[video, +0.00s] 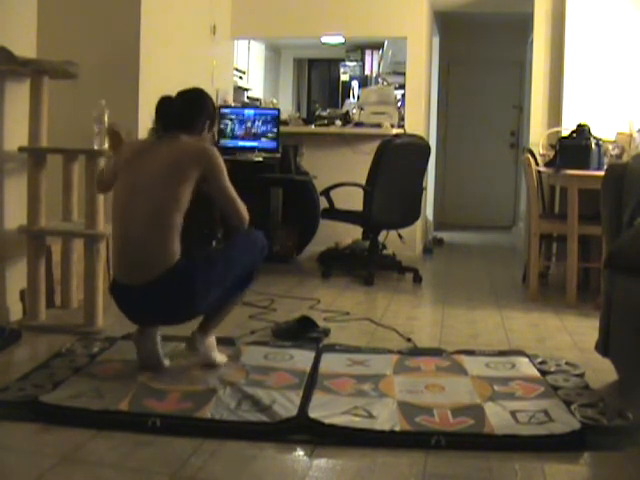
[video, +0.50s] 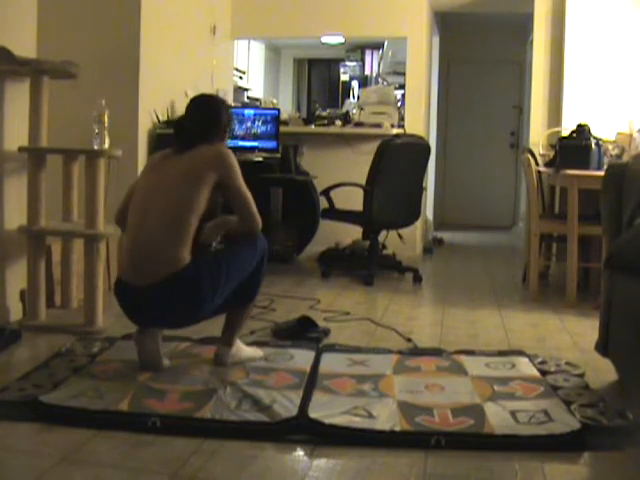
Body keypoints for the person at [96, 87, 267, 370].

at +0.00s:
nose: (212, 138)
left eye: (214, 133)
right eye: (213, 132)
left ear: (167, 122)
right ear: (205, 128)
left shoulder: (132, 150)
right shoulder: (201, 153)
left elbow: (102, 184)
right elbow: (240, 219)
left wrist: (116, 152)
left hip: (127, 301)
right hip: (172, 299)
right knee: (255, 243)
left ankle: (147, 332)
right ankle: (204, 334)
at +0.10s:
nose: (213, 138)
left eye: (215, 133)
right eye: (215, 132)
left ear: (168, 123)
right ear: (209, 130)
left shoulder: (135, 153)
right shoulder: (204, 154)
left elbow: (102, 192)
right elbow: (242, 218)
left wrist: (129, 163)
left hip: (127, 303)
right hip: (173, 300)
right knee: (250, 240)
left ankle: (147, 339)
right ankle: (227, 343)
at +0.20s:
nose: (218, 138)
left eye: (219, 132)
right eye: (219, 132)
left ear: (175, 122)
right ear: (212, 131)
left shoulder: (141, 155)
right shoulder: (209, 158)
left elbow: (106, 195)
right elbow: (239, 226)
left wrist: (143, 201)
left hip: (127, 302)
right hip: (172, 301)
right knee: (250, 244)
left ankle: (147, 337)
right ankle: (228, 344)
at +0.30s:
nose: (222, 134)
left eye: (222, 127)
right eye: (222, 127)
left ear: (180, 120)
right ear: (216, 128)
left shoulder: (148, 154)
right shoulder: (213, 158)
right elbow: (240, 229)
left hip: (129, 302)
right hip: (173, 301)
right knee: (254, 244)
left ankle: (148, 334)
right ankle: (229, 344)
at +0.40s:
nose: (225, 133)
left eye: (225, 126)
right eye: (225, 126)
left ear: (183, 121)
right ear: (219, 127)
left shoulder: (154, 156)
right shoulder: (216, 155)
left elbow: (118, 209)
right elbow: (248, 226)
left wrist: (151, 233)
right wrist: (219, 221)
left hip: (131, 302)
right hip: (176, 301)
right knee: (256, 245)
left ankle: (147, 334)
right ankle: (229, 344)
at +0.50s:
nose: (228, 136)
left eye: (228, 129)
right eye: (228, 129)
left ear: (185, 125)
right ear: (223, 131)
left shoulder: (157, 159)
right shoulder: (219, 156)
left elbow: (122, 218)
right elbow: (252, 224)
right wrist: (218, 225)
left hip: (132, 303)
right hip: (177, 302)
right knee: (256, 244)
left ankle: (148, 333)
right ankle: (229, 344)